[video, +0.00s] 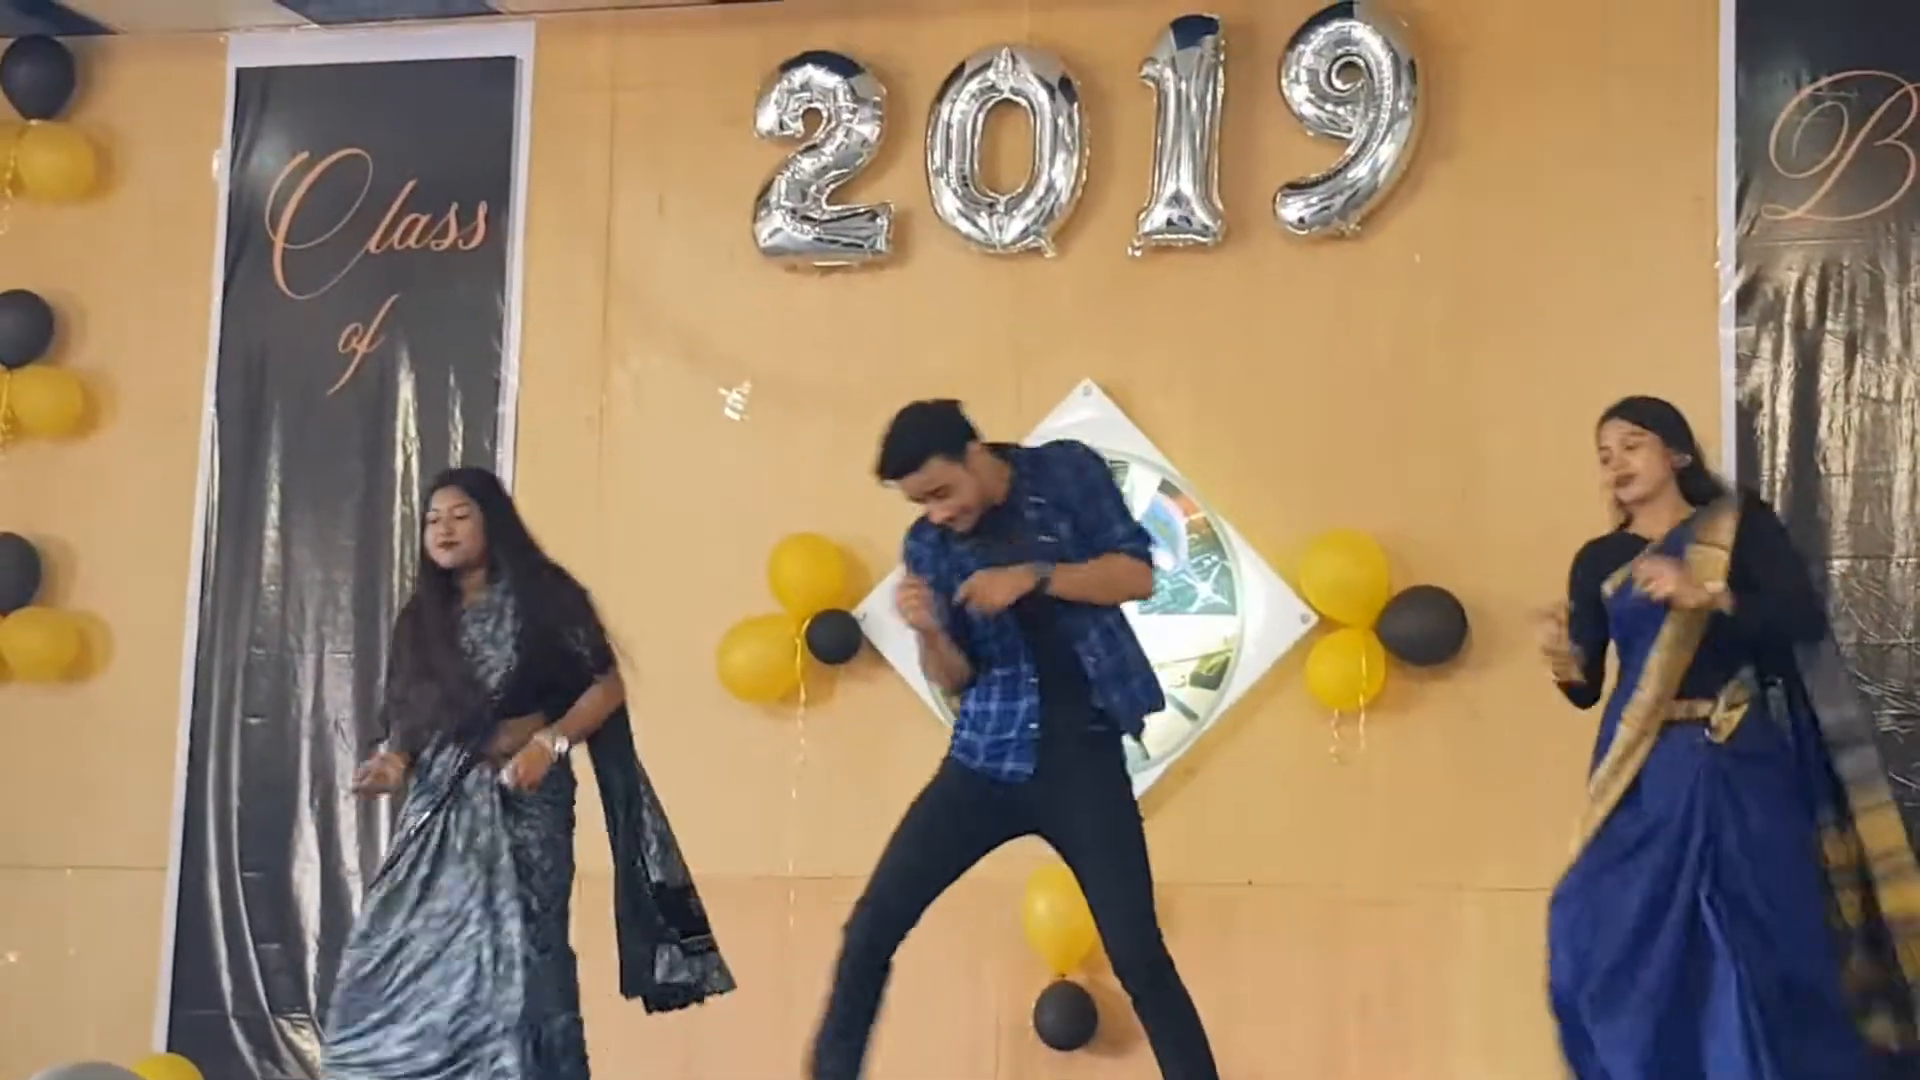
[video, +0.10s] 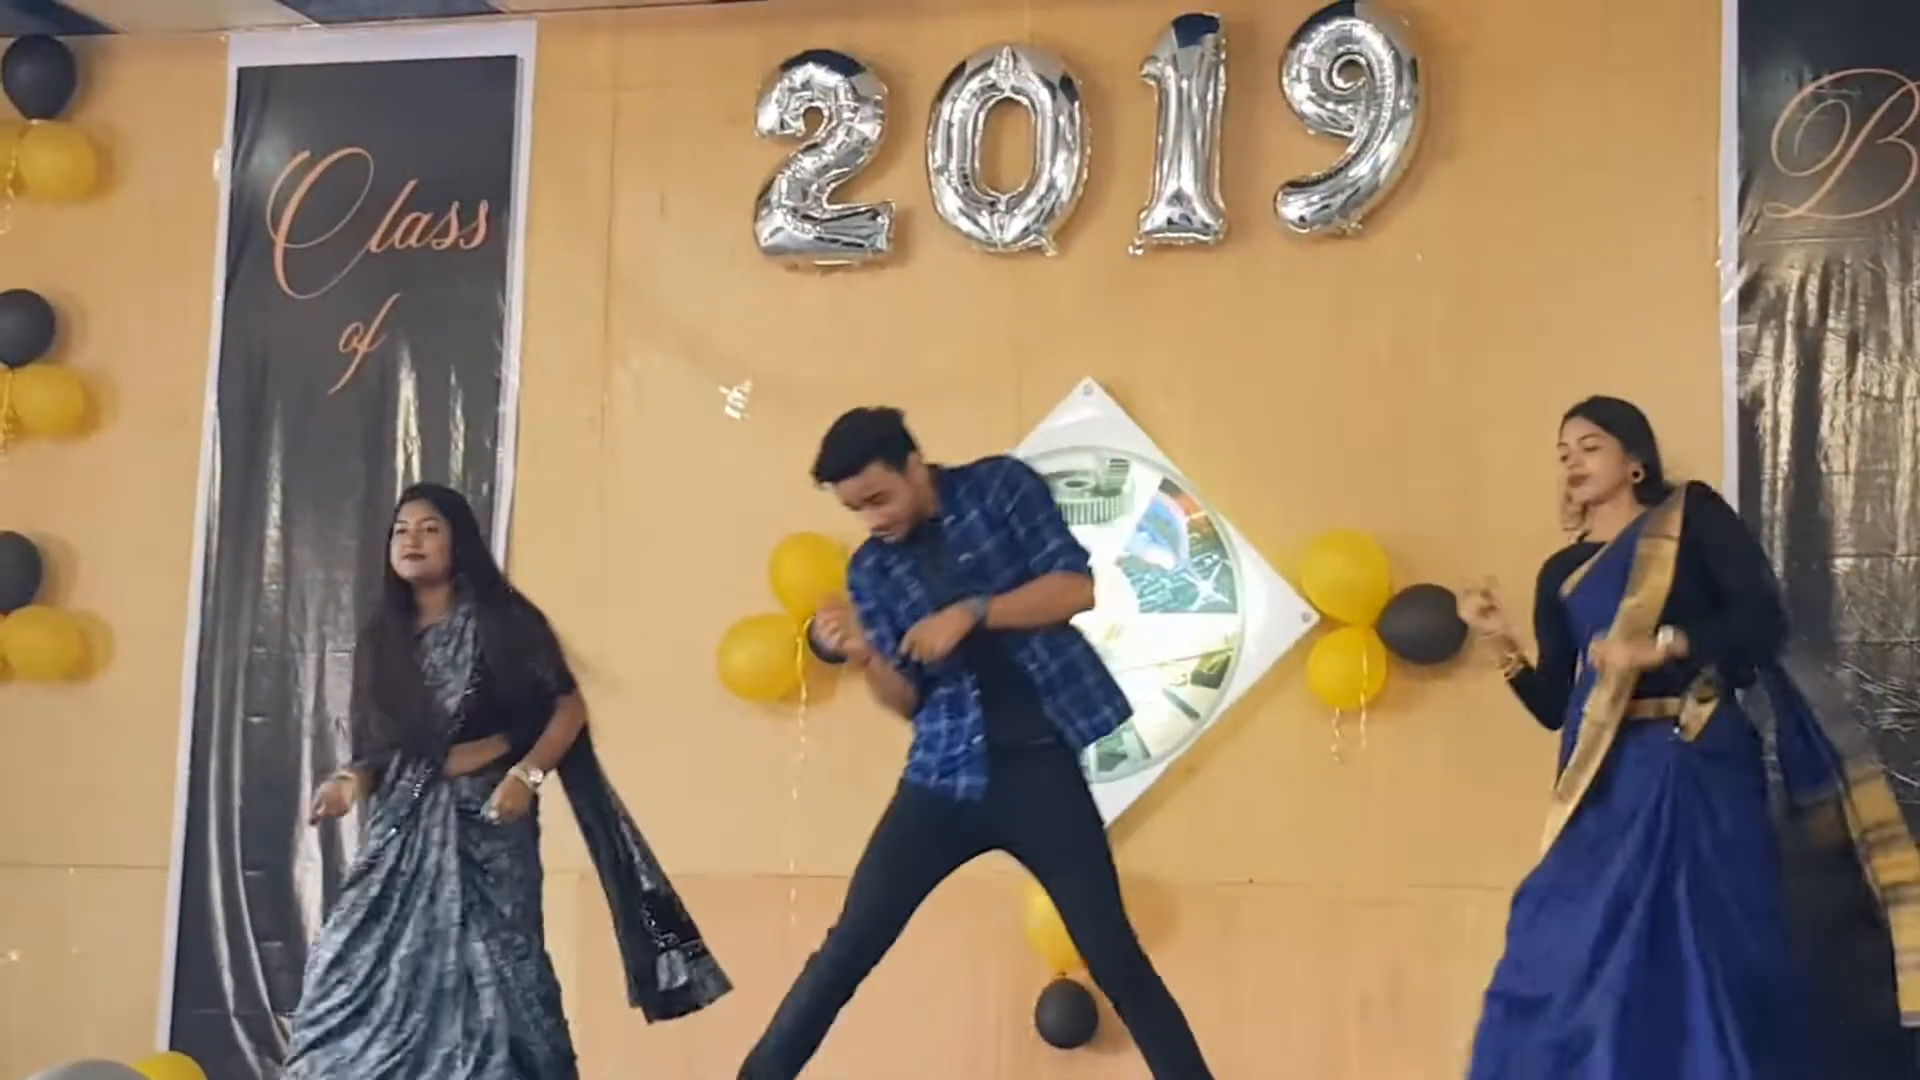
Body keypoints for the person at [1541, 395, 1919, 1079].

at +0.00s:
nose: (1616, 465)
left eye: (1632, 447)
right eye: (1606, 454)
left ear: (1675, 453)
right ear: (1601, 468)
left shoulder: (1740, 523)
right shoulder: (1598, 559)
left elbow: (1805, 618)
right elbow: (1584, 690)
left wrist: (1708, 595)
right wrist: (1563, 656)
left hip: (1743, 760)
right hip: (1644, 770)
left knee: (1751, 936)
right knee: (1626, 931)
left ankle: (1758, 1065)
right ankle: (1641, 1065)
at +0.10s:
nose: (1572, 463)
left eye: (1589, 447)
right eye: (1565, 453)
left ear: (1634, 456)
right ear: (1563, 467)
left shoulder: (1691, 510)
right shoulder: (1561, 571)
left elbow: (1762, 620)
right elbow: (1558, 707)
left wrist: (1662, 646)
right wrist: (1504, 646)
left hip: (1697, 764)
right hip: (1606, 776)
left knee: (1698, 945)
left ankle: (1707, 1068)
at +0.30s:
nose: (1492, 455)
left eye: (1510, 442)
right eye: (1488, 442)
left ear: (1555, 460)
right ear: (1481, 457)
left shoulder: (1603, 551)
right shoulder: (1458, 553)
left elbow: (1665, 675)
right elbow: (1436, 680)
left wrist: (1608, 710)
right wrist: (1396, 644)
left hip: (1586, 787)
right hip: (1488, 790)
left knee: (1615, 964)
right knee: (1459, 952)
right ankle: (1457, 1068)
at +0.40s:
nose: (1466, 404)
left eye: (1483, 392)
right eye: (1465, 390)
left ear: (1527, 409)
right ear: (1463, 402)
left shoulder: (1571, 497)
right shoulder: (1424, 498)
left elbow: (1628, 620)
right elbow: (1389, 598)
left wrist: (1574, 633)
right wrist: (1357, 610)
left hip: (1547, 726)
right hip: (1455, 728)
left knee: (1555, 914)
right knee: (1434, 900)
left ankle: (1624, 1057)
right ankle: (1431, 1065)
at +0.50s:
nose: (1453, 316)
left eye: (1468, 302)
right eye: (1449, 302)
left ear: (1508, 314)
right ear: (1441, 314)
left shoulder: (1552, 398)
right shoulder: (1416, 404)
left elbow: (1599, 524)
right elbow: (1395, 509)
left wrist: (1542, 545)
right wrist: (1361, 551)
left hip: (1524, 623)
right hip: (1443, 624)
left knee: (1505, 805)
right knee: (1408, 786)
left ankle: (1525, 1004)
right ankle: (1388, 1002)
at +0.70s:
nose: (1407, 205)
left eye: (1426, 193)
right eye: (1408, 191)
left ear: (1469, 213)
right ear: (1415, 208)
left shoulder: (1490, 297)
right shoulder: (1418, 307)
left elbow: (1519, 429)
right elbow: (1396, 418)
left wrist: (1451, 452)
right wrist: (1339, 459)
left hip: (1444, 539)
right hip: (1378, 535)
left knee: (1404, 725)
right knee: (1337, 719)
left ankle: (1497, 871)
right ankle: (1355, 914)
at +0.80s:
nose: (1422, 169)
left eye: (1440, 157)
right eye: (1422, 156)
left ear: (1480, 177)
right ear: (1425, 170)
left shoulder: (1487, 255)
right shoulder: (1427, 261)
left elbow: (1498, 361)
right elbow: (1416, 364)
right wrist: (1359, 406)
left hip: (1450, 476)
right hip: (1397, 473)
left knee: (1388, 653)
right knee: (1315, 653)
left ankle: (1501, 802)